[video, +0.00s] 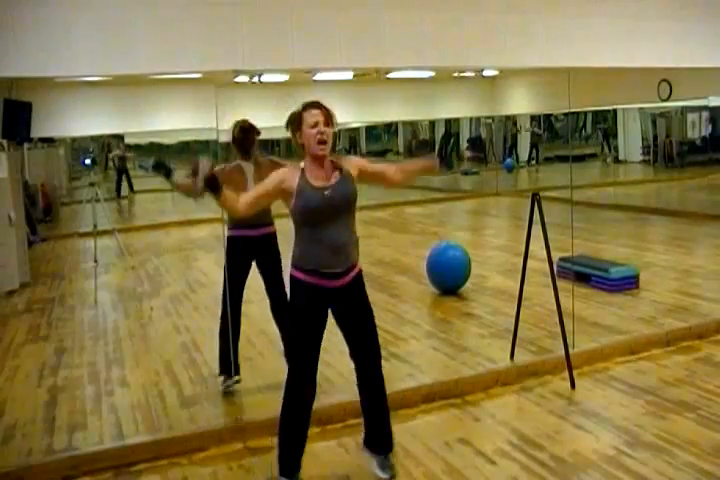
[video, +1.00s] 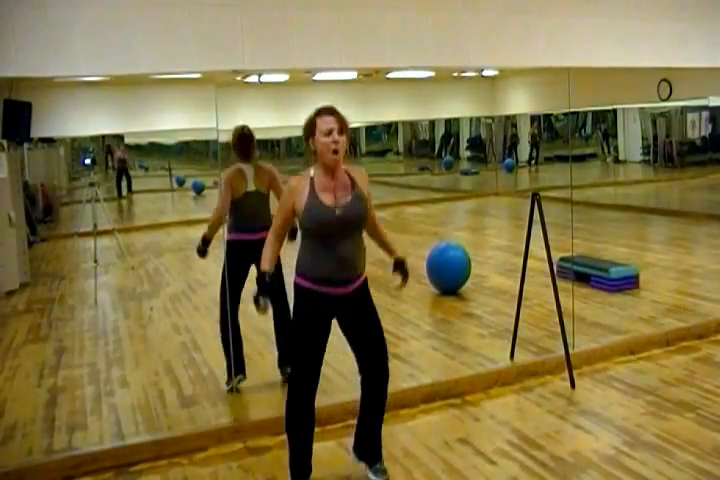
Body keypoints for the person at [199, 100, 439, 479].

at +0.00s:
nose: (322, 131)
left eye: (326, 125)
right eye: (313, 126)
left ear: (334, 131)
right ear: (299, 135)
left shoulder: (349, 167)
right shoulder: (287, 177)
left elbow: (394, 175)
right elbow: (241, 207)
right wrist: (216, 187)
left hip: (349, 282)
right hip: (306, 285)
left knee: (370, 365)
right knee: (301, 380)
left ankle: (379, 448)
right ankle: (288, 471)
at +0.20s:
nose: (324, 150)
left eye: (328, 143)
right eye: (316, 145)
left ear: (335, 149)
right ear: (303, 154)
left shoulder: (350, 195)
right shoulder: (291, 202)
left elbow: (365, 254)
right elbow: (280, 260)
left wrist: (386, 300)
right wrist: (270, 308)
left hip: (350, 305)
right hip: (307, 309)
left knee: (366, 386)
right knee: (309, 392)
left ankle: (361, 462)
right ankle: (306, 471)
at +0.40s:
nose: (326, 145)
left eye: (330, 139)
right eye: (317, 140)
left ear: (337, 145)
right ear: (304, 149)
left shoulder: (351, 189)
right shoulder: (290, 196)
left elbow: (367, 240)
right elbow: (274, 255)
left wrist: (389, 285)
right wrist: (276, 306)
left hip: (347, 300)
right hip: (304, 303)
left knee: (357, 384)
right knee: (305, 390)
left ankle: (362, 460)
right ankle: (304, 471)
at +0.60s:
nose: (328, 153)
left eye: (332, 146)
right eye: (320, 147)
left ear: (339, 151)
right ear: (306, 155)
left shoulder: (353, 193)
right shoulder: (293, 202)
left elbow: (368, 247)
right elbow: (279, 264)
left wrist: (387, 296)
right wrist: (274, 315)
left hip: (346, 301)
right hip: (304, 306)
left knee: (359, 383)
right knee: (305, 392)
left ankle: (361, 460)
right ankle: (305, 473)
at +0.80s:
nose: (333, 170)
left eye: (337, 164)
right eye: (324, 166)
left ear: (344, 173)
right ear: (311, 179)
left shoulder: (357, 216)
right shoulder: (299, 223)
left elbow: (368, 272)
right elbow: (280, 283)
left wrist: (375, 321)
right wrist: (279, 333)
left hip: (349, 317)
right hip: (306, 321)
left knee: (367, 391)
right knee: (311, 400)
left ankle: (361, 461)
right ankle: (305, 475)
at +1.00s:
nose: (335, 140)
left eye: (340, 133)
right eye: (327, 134)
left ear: (347, 138)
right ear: (312, 142)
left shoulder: (357, 179)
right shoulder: (298, 187)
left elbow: (371, 225)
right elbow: (277, 234)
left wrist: (396, 255)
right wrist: (265, 275)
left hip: (354, 292)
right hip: (312, 294)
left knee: (376, 368)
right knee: (304, 384)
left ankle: (368, 449)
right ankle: (300, 472)